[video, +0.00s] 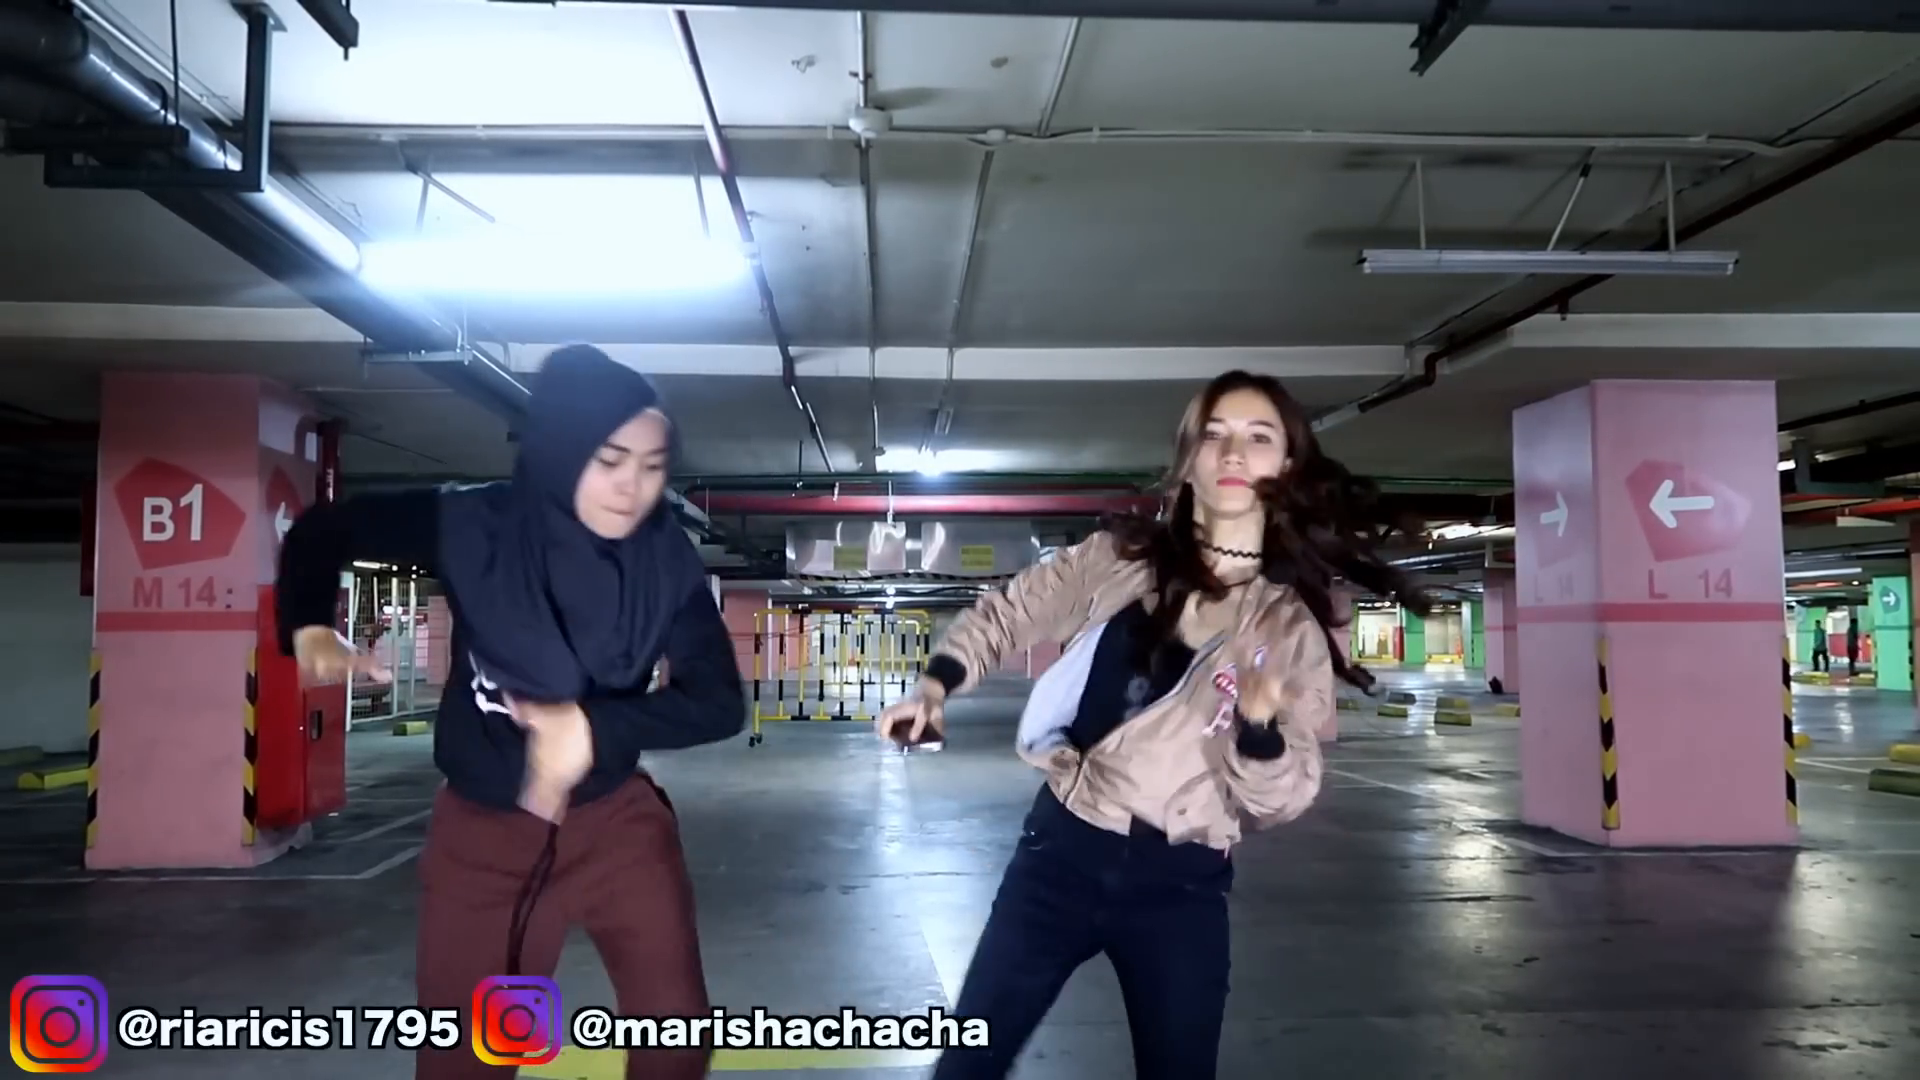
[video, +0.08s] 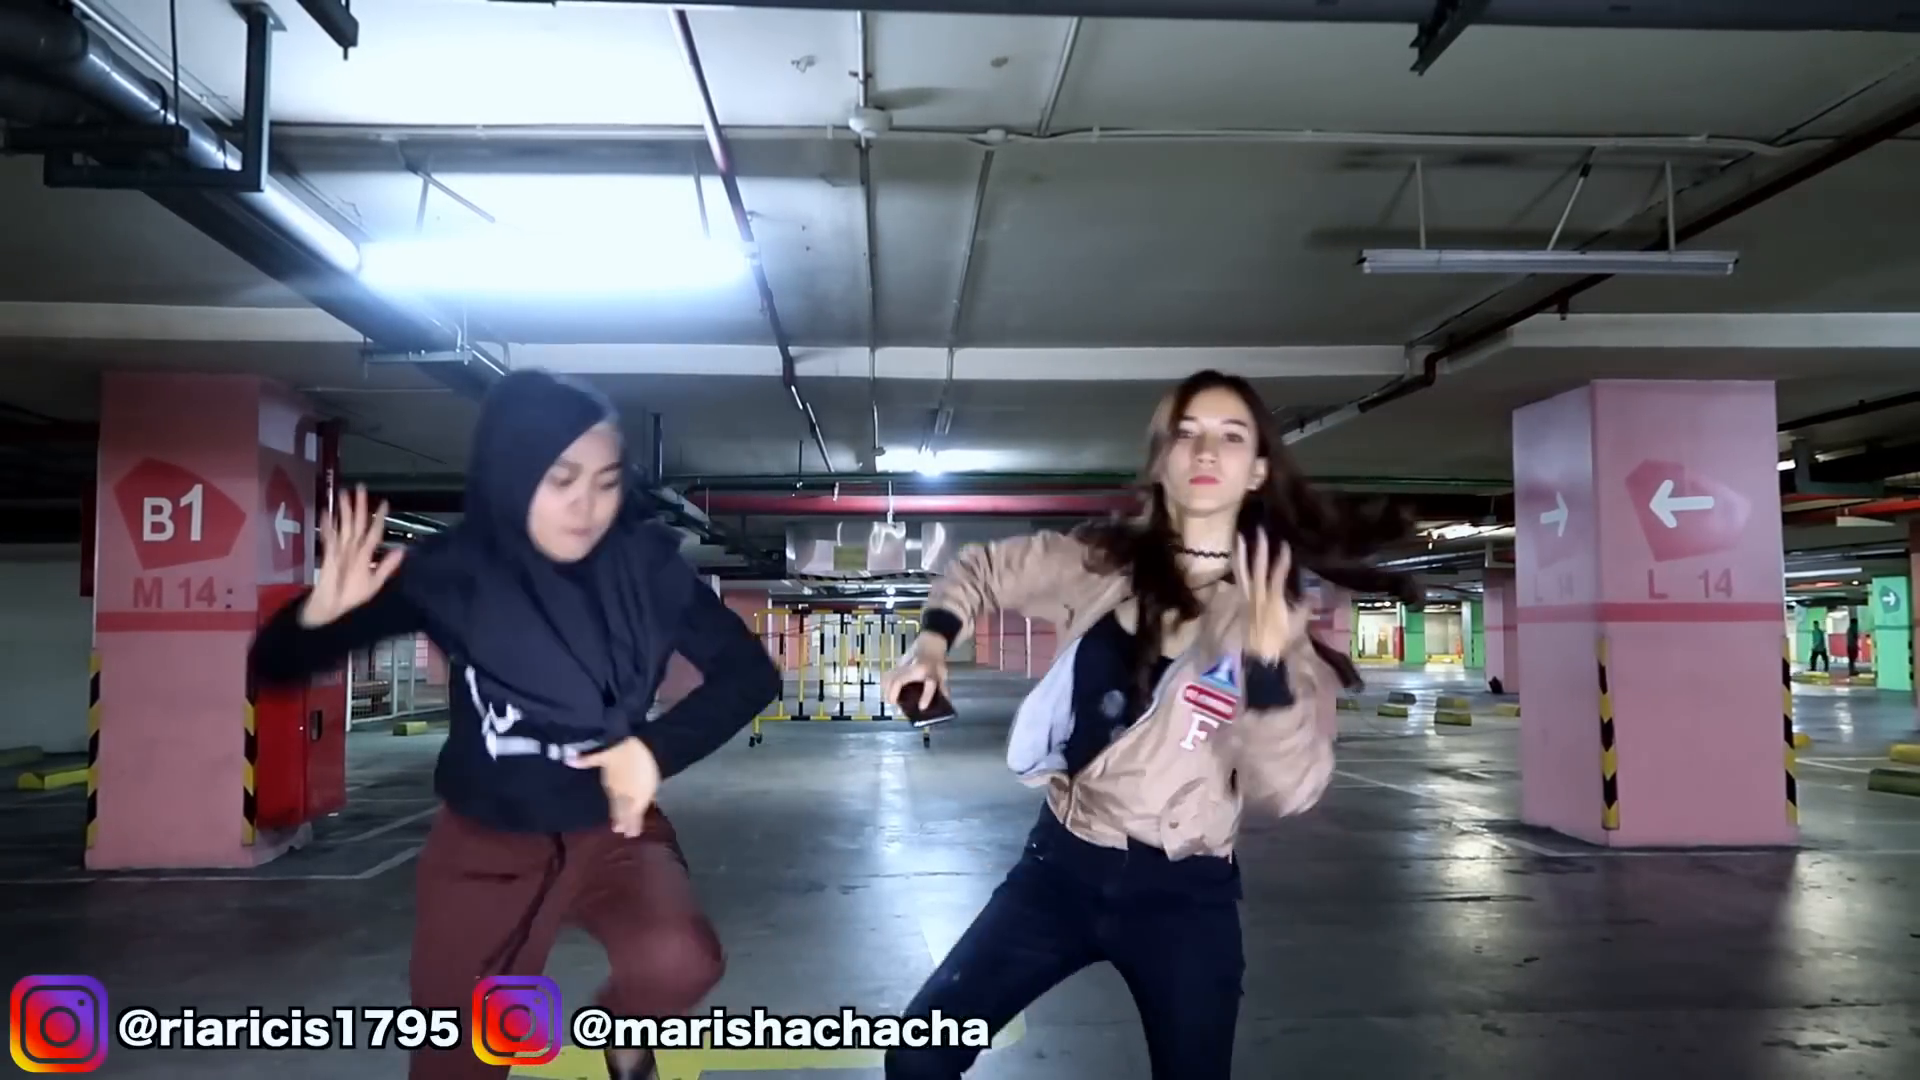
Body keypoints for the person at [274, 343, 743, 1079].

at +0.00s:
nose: (634, 487)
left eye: (654, 465)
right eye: (611, 460)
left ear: (669, 466)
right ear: (555, 452)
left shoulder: (666, 558)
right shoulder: (472, 525)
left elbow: (721, 703)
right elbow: (320, 531)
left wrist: (597, 728)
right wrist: (309, 624)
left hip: (620, 829)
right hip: (483, 834)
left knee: (679, 1045)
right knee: (456, 1060)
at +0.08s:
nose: (587, 508)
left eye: (607, 482)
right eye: (561, 480)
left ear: (624, 481)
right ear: (506, 480)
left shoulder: (646, 564)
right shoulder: (450, 569)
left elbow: (751, 675)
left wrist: (657, 749)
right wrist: (317, 617)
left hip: (618, 832)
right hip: (488, 839)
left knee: (679, 965)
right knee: (449, 1060)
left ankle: (624, 1035)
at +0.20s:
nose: (537, 549)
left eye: (559, 524)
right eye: (511, 523)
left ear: (578, 520)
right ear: (464, 523)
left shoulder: (620, 583)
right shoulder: (433, 614)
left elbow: (753, 596)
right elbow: (393, 796)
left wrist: (716, 706)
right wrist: (375, 641)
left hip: (616, 860)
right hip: (486, 877)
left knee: (708, 952)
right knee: (449, 1068)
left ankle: (650, 1044)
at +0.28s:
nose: (528, 533)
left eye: (549, 506)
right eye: (500, 507)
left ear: (569, 498)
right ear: (457, 511)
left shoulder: (619, 538)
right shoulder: (434, 609)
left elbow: (750, 533)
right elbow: (490, 767)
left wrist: (715, 645)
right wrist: (393, 637)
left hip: (661, 846)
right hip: (523, 869)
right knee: (482, 1064)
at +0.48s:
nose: (583, 544)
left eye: (605, 517)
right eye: (556, 519)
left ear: (628, 517)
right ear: (521, 528)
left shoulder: (677, 547)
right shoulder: (514, 627)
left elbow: (794, 483)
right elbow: (587, 742)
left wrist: (792, 599)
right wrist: (461, 635)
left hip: (726, 889)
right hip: (592, 896)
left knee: (742, 1069)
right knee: (541, 1068)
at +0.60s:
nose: (623, 503)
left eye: (645, 474)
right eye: (596, 476)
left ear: (669, 470)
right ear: (561, 480)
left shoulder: (732, 537)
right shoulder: (548, 609)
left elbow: (847, 627)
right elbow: (578, 796)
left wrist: (814, 675)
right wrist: (502, 802)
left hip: (733, 828)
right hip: (602, 828)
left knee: (756, 1060)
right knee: (503, 1039)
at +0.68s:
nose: (655, 493)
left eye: (676, 464)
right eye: (629, 466)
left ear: (703, 468)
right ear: (595, 474)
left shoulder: (755, 572)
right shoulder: (564, 598)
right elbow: (574, 738)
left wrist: (769, 695)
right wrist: (523, 816)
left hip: (732, 822)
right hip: (603, 812)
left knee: (753, 1056)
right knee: (520, 1011)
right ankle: (593, 1046)